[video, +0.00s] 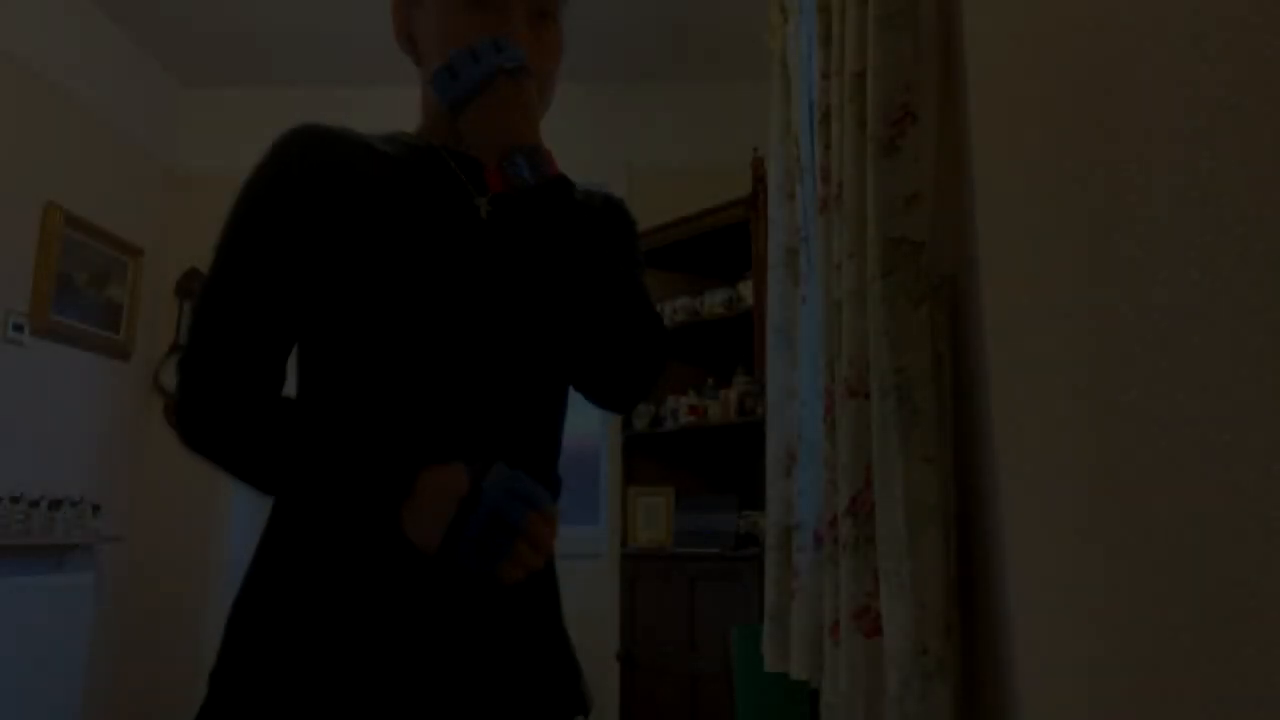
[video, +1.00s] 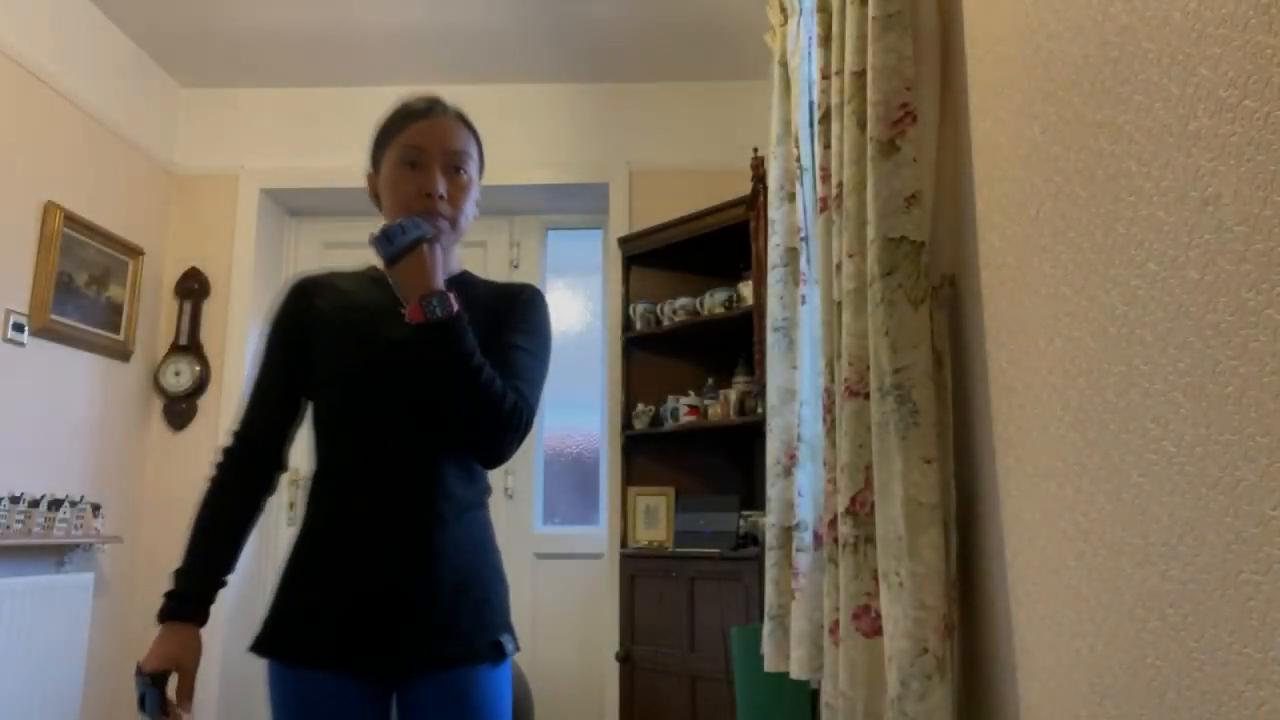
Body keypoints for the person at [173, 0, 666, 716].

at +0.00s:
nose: (504, 42)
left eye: (533, 18)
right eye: (476, 8)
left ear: (560, 44)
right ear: (407, 25)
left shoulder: (585, 225)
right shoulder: (319, 171)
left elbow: (624, 380)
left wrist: (525, 168)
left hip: (501, 648)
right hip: (320, 630)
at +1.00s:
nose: (436, 185)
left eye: (457, 168)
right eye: (412, 163)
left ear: (476, 193)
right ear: (374, 185)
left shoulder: (512, 308)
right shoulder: (318, 302)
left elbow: (496, 437)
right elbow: (253, 460)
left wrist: (431, 299)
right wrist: (184, 614)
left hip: (459, 628)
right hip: (326, 623)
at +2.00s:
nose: (515, 247)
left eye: (522, 234)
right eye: (495, 225)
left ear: (524, 251)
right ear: (437, 239)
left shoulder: (533, 357)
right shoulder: (385, 317)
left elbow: (550, 479)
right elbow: (380, 336)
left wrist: (578, 598)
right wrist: (455, 311)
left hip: (486, 546)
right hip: (391, 566)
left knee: (485, 622)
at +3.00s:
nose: (537, 247)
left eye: (557, 231)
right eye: (522, 231)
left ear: (590, 248)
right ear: (505, 245)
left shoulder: (621, 336)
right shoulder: (473, 344)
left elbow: (685, 373)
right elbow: (425, 471)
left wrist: (664, 352)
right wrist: (369, 596)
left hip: (591, 555)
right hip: (495, 547)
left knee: (601, 709)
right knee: (496, 646)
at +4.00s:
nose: (513, 240)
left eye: (533, 228)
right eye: (498, 226)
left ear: (559, 253)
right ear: (475, 245)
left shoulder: (595, 350)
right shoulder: (437, 324)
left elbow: (594, 477)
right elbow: (386, 380)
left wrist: (586, 562)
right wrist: (334, 440)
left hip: (555, 552)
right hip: (455, 561)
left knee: (543, 633)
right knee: (440, 707)